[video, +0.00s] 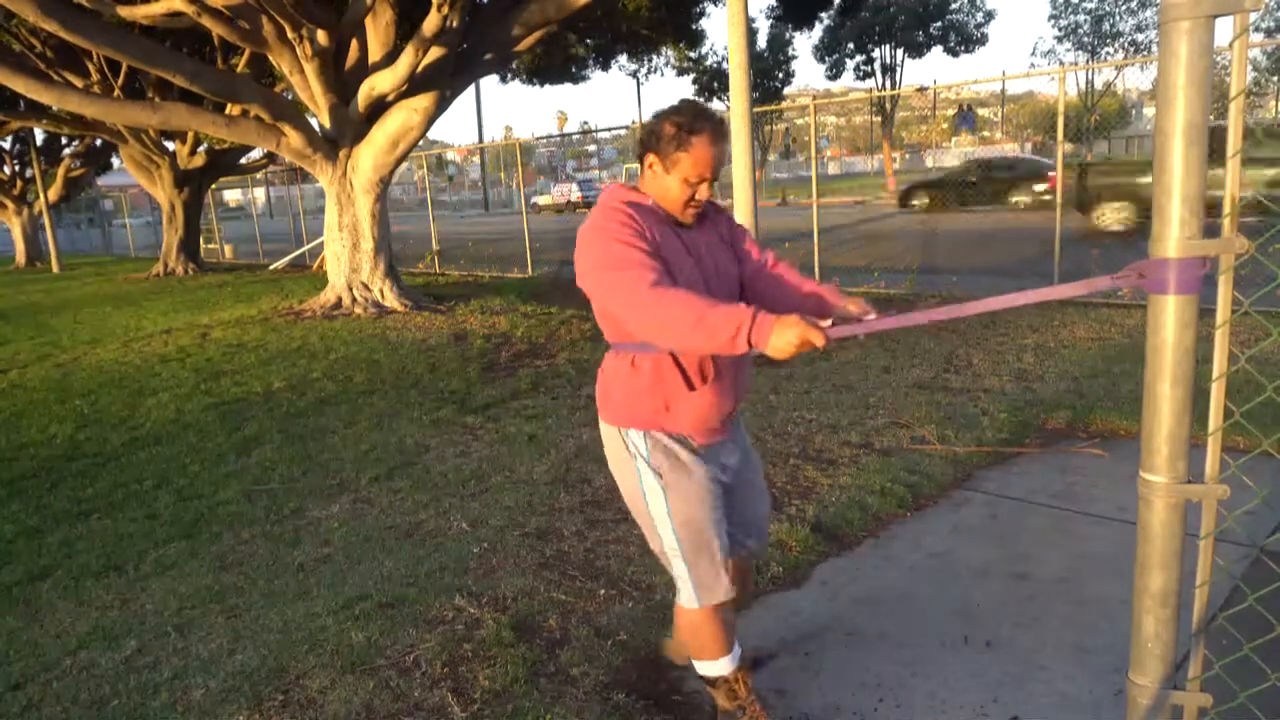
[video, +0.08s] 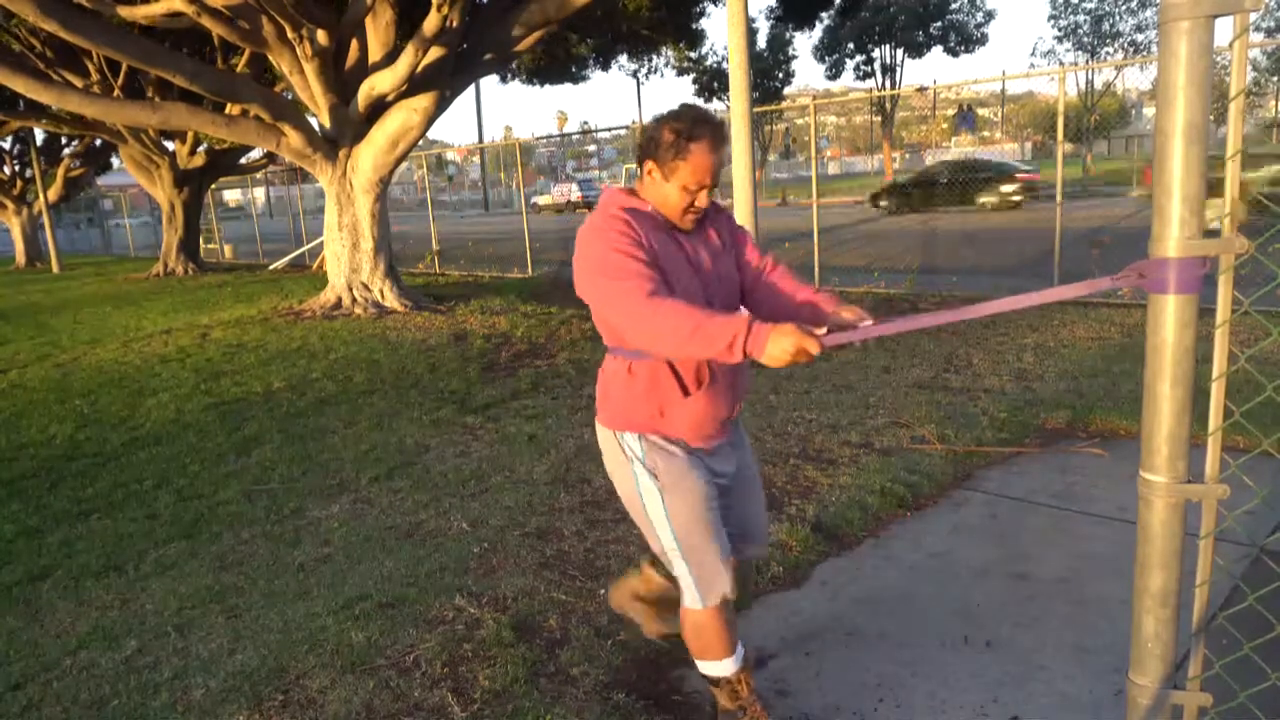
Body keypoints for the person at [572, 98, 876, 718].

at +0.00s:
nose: (705, 195)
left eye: (711, 180)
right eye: (694, 180)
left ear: (714, 171)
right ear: (652, 164)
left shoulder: (713, 224)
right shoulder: (610, 230)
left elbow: (766, 276)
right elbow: (646, 309)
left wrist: (833, 306)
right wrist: (758, 329)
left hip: (717, 419)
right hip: (650, 428)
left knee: (740, 544)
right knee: (705, 574)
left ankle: (689, 640)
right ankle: (731, 696)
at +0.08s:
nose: (703, 202)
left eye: (710, 188)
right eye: (692, 188)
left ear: (715, 176)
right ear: (650, 171)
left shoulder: (714, 226)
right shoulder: (609, 232)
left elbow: (766, 281)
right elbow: (638, 318)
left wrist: (829, 312)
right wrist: (753, 337)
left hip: (716, 422)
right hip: (647, 432)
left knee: (741, 535)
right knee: (706, 576)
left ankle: (646, 590)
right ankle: (733, 696)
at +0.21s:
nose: (707, 227)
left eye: (713, 213)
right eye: (695, 215)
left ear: (719, 196)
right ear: (653, 198)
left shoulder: (722, 245)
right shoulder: (610, 258)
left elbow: (770, 297)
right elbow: (637, 348)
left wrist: (838, 319)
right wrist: (754, 352)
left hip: (712, 443)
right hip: (642, 448)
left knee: (709, 557)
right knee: (727, 581)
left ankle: (598, 557)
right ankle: (739, 701)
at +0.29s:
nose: (716, 260)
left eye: (722, 246)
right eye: (704, 249)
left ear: (729, 230)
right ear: (661, 228)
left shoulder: (726, 267)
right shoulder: (617, 286)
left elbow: (775, 321)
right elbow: (650, 375)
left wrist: (849, 347)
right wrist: (762, 373)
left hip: (704, 462)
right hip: (637, 467)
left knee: (696, 567)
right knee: (737, 583)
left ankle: (586, 572)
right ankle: (742, 704)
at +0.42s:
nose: (739, 324)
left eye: (745, 311)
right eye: (729, 313)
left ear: (749, 292)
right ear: (686, 286)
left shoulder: (733, 318)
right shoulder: (634, 335)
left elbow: (775, 368)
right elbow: (671, 433)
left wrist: (831, 378)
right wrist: (780, 421)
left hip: (685, 493)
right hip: (625, 497)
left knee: (668, 599)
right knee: (738, 583)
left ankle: (573, 580)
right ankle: (742, 704)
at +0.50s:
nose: (746, 366)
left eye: (755, 355)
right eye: (739, 353)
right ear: (702, 327)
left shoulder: (733, 348)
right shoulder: (644, 370)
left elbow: (777, 392)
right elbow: (672, 474)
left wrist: (824, 401)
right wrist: (775, 446)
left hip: (678, 513)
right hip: (616, 515)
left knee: (663, 620)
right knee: (735, 584)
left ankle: (573, 588)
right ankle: (742, 704)